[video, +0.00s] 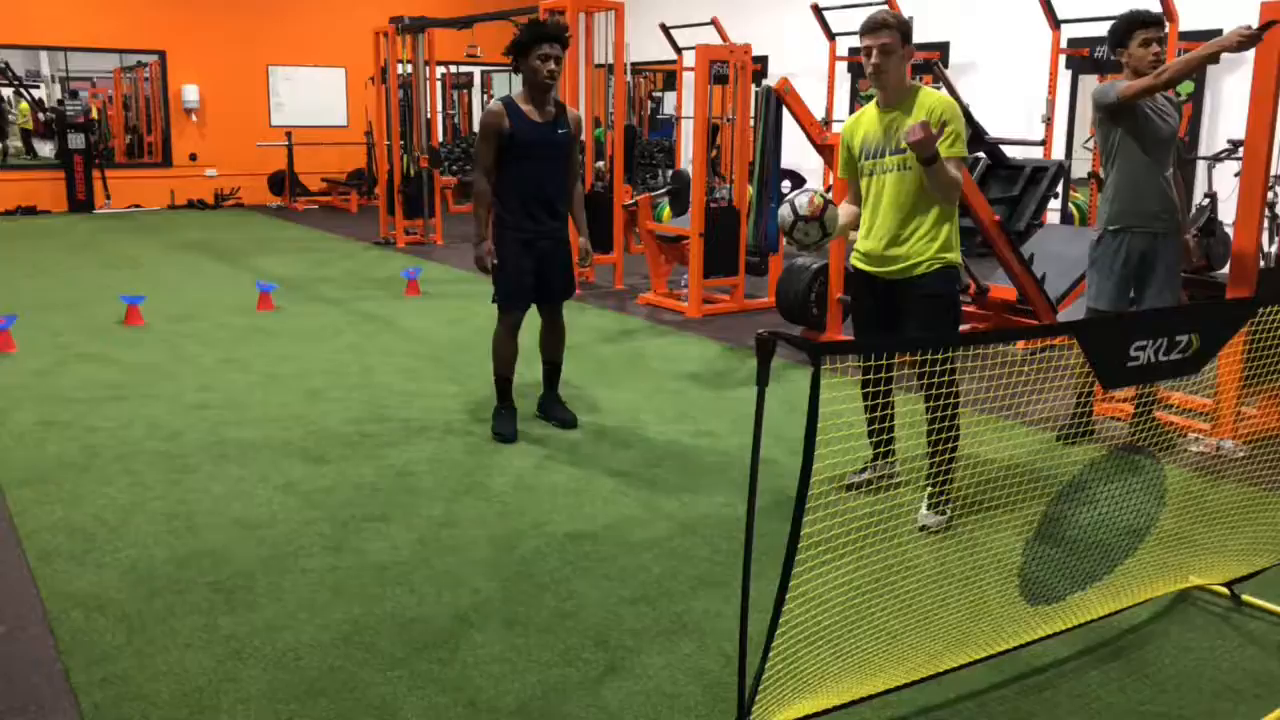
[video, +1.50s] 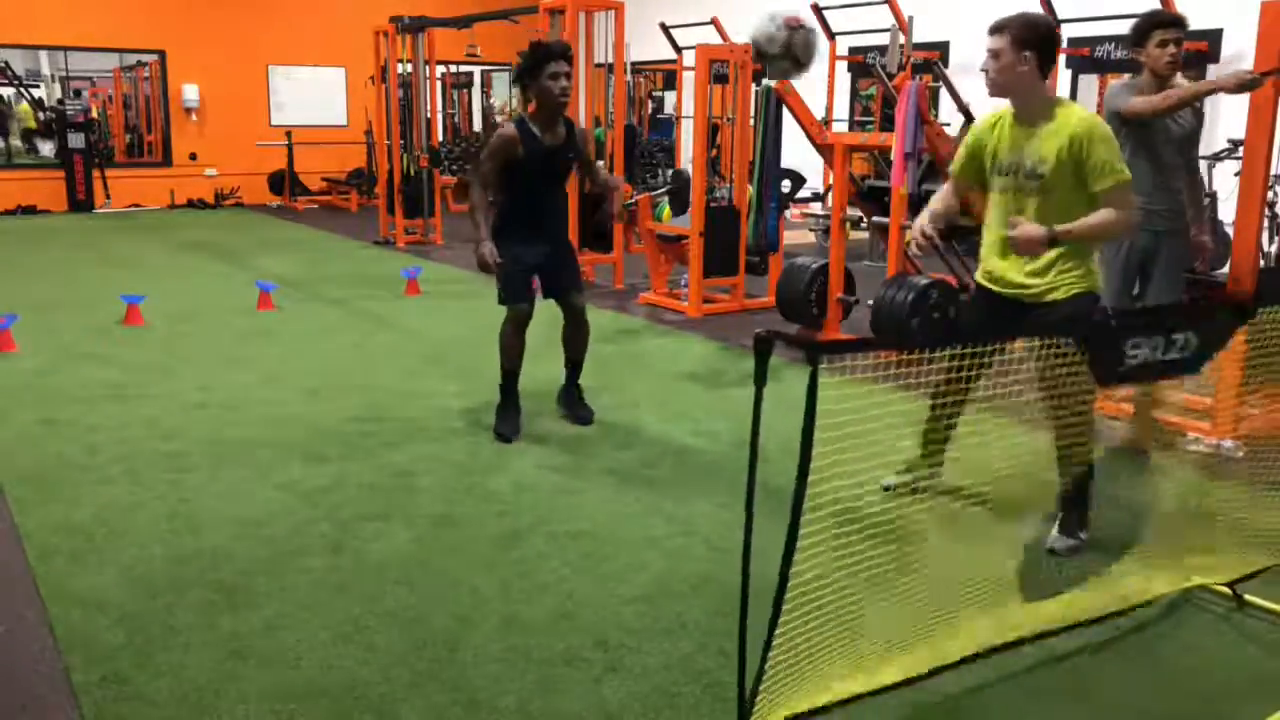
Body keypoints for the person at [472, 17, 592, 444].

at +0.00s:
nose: (551, 67)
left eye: (556, 60)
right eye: (543, 58)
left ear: (562, 67)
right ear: (521, 63)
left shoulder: (569, 119)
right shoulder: (498, 115)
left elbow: (574, 182)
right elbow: (482, 178)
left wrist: (585, 234)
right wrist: (482, 238)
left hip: (555, 235)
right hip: (512, 235)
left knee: (553, 315)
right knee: (510, 319)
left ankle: (551, 399)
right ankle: (505, 406)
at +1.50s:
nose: (564, 84)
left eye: (567, 77)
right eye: (554, 77)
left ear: (572, 84)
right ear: (531, 86)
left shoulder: (574, 136)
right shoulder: (508, 139)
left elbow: (590, 174)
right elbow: (479, 186)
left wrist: (609, 183)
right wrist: (483, 238)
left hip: (555, 238)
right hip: (513, 241)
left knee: (577, 310)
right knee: (519, 314)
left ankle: (571, 389)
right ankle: (509, 400)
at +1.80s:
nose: (560, 69)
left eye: (562, 62)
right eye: (550, 63)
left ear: (568, 70)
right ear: (530, 74)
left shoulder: (581, 123)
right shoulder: (522, 128)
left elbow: (589, 177)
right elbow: (509, 181)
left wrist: (624, 163)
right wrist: (527, 194)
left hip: (570, 231)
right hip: (534, 231)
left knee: (580, 310)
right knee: (533, 311)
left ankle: (569, 392)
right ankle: (505, 377)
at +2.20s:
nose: (604, 98)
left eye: (608, 90)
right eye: (597, 90)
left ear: (610, 89)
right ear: (577, 87)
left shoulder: (612, 127)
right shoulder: (547, 129)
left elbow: (614, 171)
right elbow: (523, 171)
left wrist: (636, 184)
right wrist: (521, 216)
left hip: (603, 224)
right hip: (566, 225)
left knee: (621, 301)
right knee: (589, 304)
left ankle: (620, 381)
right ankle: (554, 351)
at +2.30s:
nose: (616, 104)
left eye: (619, 96)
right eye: (610, 96)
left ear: (621, 98)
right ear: (589, 96)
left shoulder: (624, 138)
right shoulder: (557, 135)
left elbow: (634, 181)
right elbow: (525, 175)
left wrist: (645, 203)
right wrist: (515, 225)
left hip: (604, 226)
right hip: (569, 226)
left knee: (624, 296)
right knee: (613, 288)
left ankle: (620, 379)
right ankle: (599, 366)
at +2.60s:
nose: (597, 128)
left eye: (604, 121)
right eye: (590, 121)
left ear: (612, 125)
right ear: (576, 125)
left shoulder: (625, 172)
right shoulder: (558, 169)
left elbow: (628, 221)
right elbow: (533, 213)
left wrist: (631, 256)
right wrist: (518, 252)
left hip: (606, 252)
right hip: (568, 254)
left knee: (644, 314)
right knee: (604, 302)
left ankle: (676, 379)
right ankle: (590, 371)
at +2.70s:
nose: (551, 121)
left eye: (559, 114)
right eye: (546, 113)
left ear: (577, 119)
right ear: (539, 119)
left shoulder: (594, 170)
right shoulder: (527, 163)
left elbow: (605, 218)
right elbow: (512, 201)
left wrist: (611, 251)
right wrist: (498, 224)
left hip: (590, 258)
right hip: (550, 261)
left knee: (634, 320)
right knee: (558, 321)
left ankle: (674, 380)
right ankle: (568, 357)